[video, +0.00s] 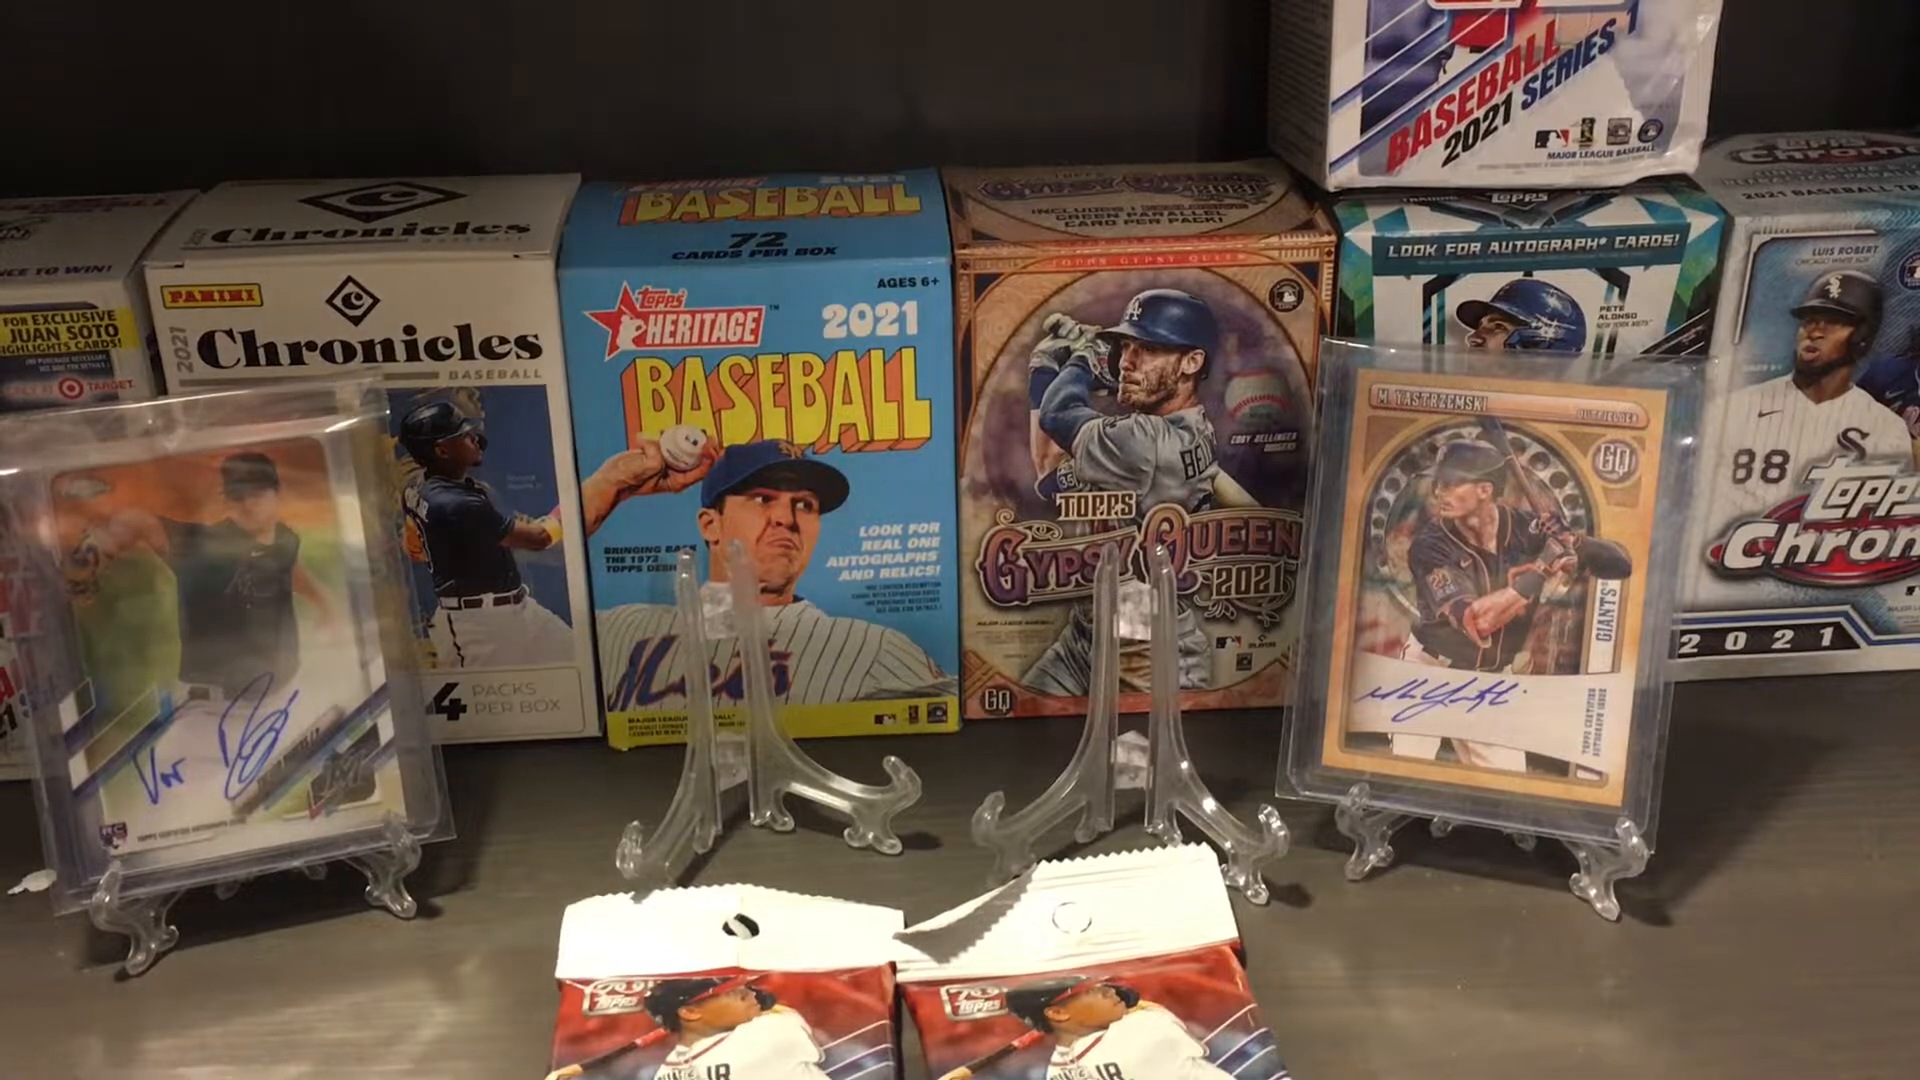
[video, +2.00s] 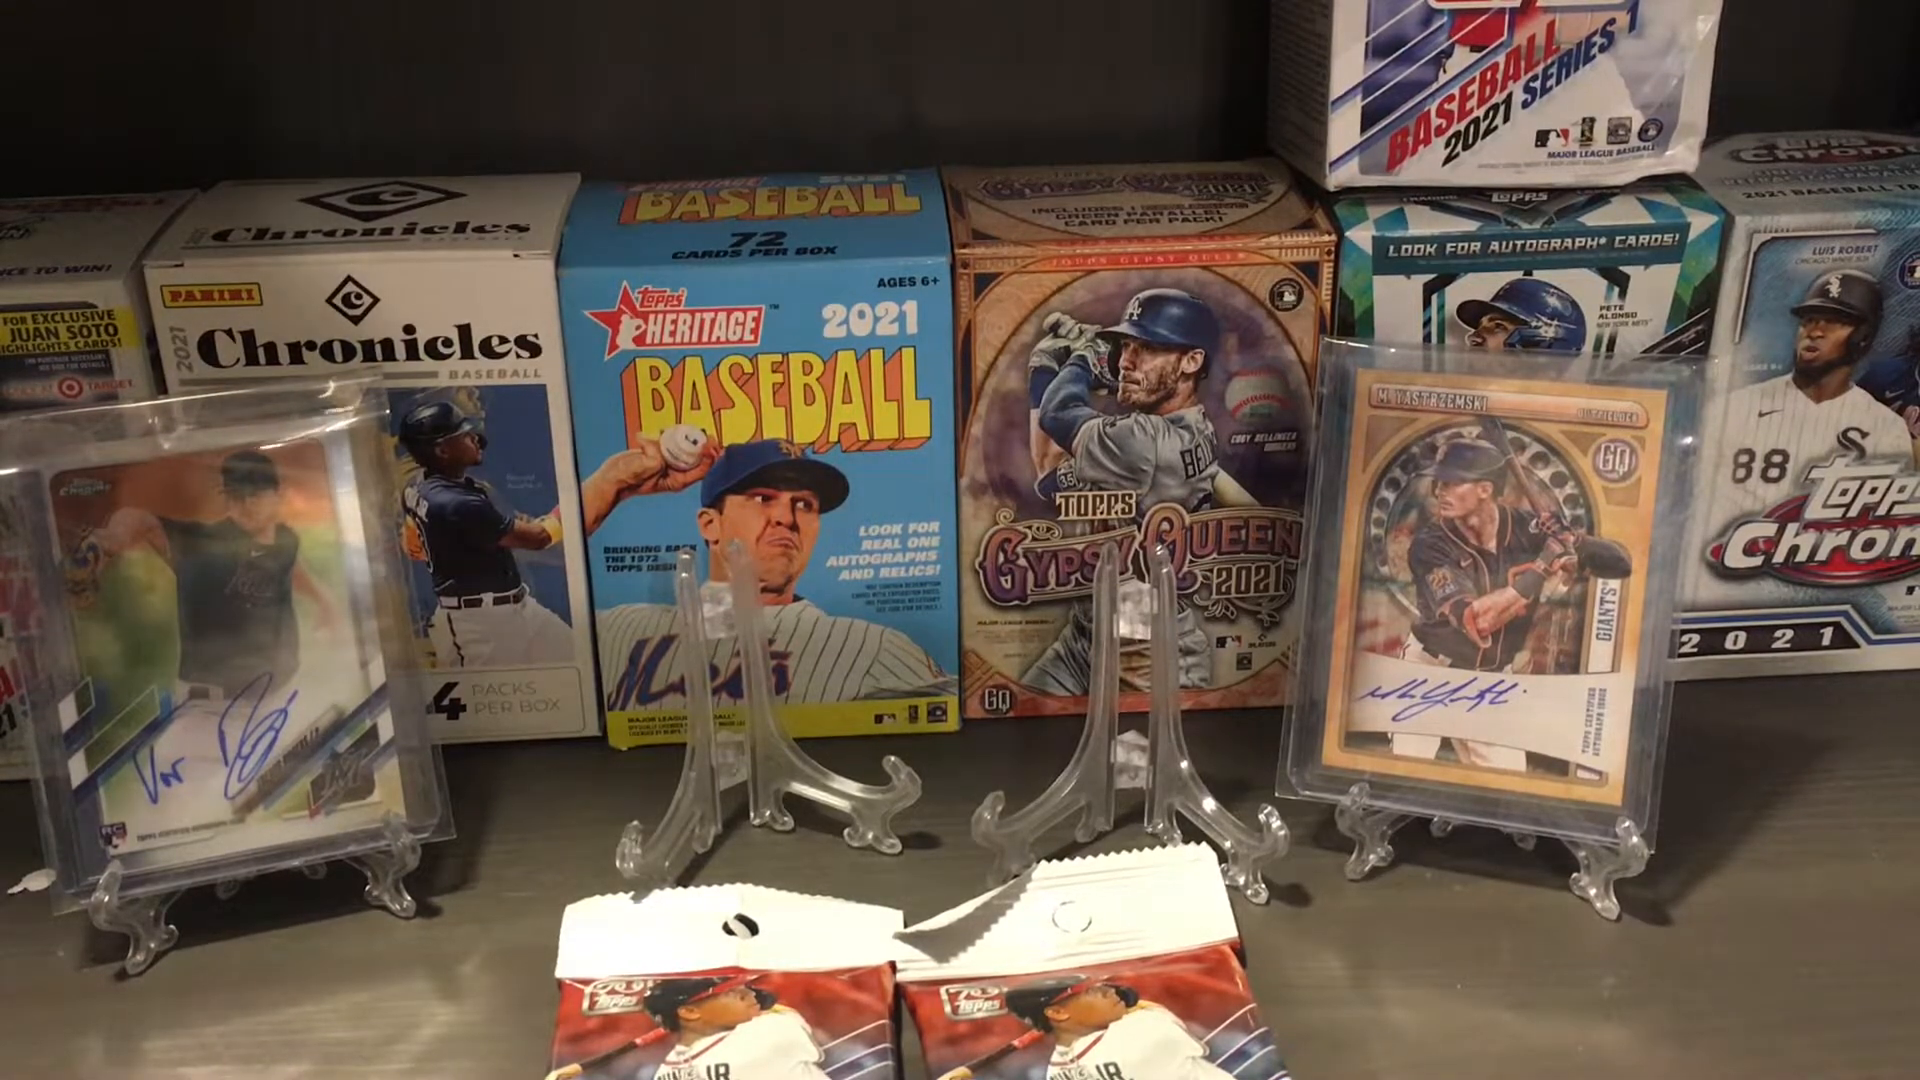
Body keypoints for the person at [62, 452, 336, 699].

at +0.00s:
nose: (249, 506)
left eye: (258, 496)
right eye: (239, 498)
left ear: (276, 495)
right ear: (228, 502)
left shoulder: (286, 541)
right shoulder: (202, 542)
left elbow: (291, 570)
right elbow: (144, 524)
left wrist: (322, 602)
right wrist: (110, 536)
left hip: (275, 685)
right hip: (215, 691)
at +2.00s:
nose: (246, 506)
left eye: (256, 496)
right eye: (237, 497)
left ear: (276, 496)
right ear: (227, 500)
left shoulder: (286, 541)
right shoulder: (201, 541)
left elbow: (291, 570)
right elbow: (134, 518)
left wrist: (323, 601)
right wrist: (117, 539)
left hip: (274, 686)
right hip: (212, 692)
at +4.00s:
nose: (265, 507)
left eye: (267, 496)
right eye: (252, 498)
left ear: (278, 497)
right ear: (235, 503)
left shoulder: (286, 543)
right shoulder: (201, 544)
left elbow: (292, 570)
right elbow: (138, 521)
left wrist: (324, 604)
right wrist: (113, 539)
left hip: (276, 692)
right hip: (214, 698)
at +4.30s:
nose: (277, 507)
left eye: (276, 496)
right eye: (269, 497)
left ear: (278, 498)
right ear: (240, 502)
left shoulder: (285, 543)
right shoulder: (199, 544)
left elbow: (292, 572)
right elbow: (137, 520)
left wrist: (324, 602)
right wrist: (111, 541)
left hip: (276, 699)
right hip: (214, 705)